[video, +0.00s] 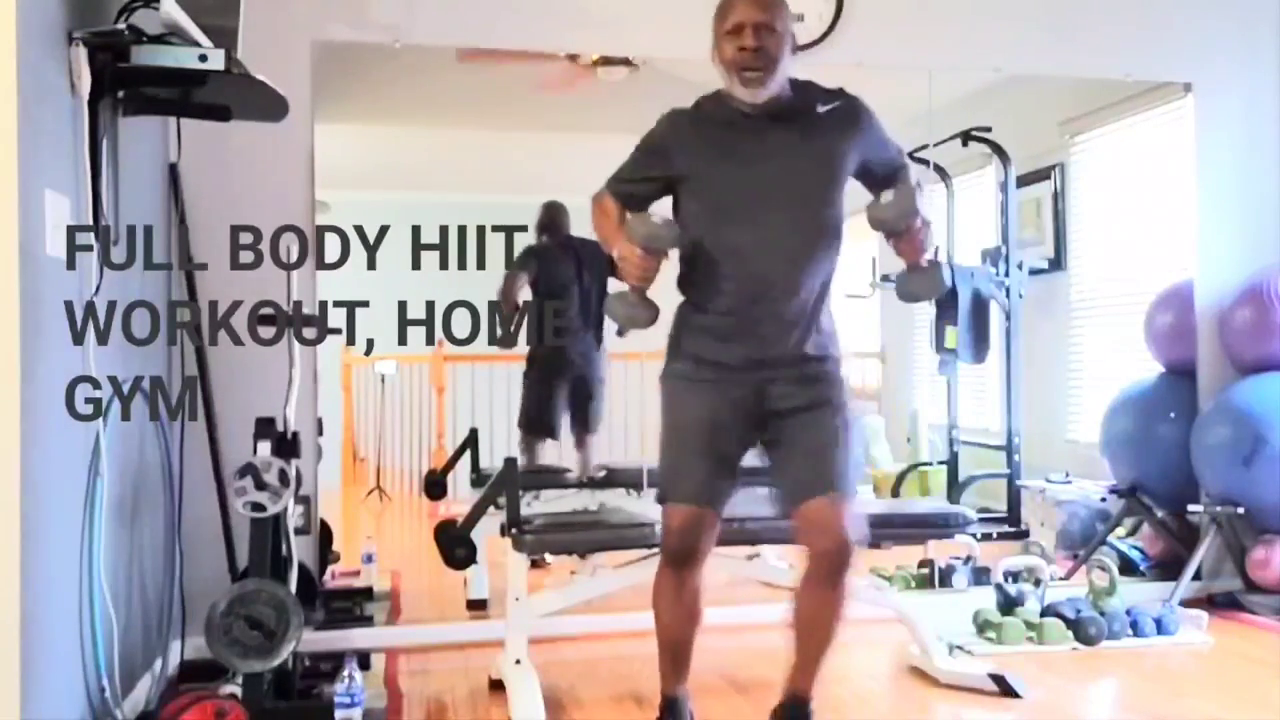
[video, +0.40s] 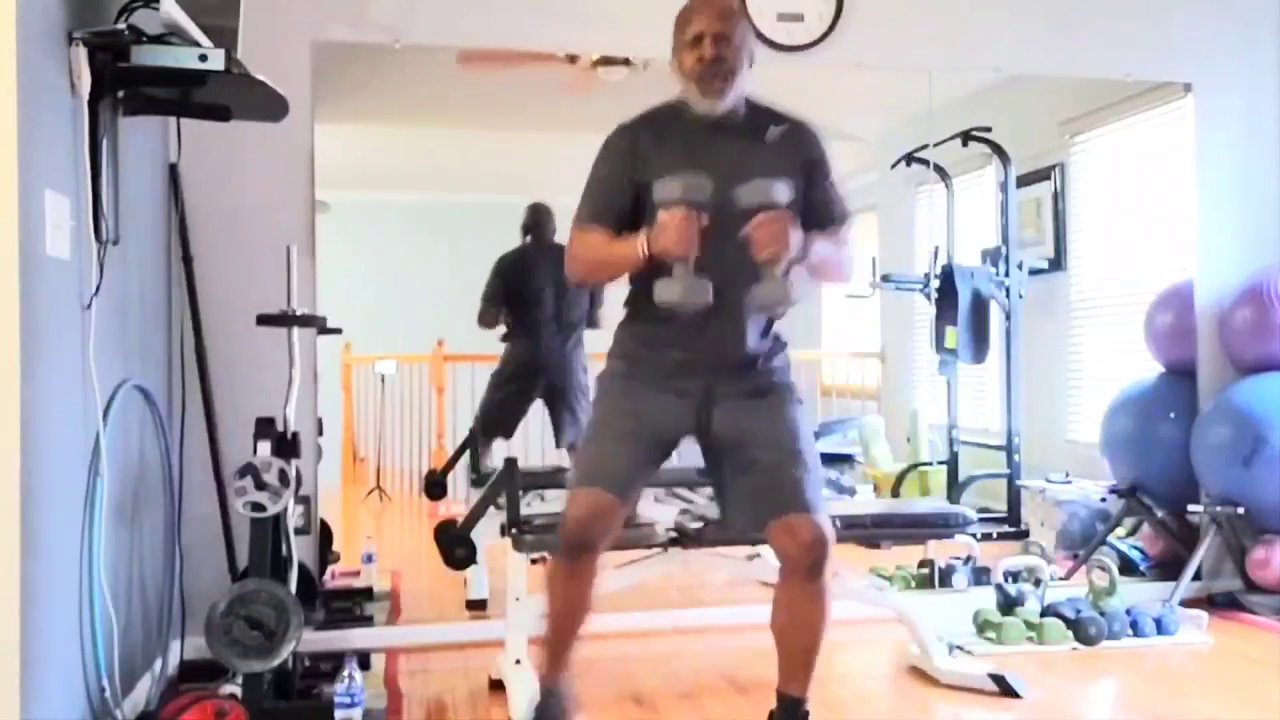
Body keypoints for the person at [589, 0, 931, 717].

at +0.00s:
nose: (750, 42)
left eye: (765, 28)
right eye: (734, 31)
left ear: (793, 39)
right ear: (715, 47)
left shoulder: (843, 119)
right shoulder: (683, 131)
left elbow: (897, 183)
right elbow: (607, 203)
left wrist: (909, 232)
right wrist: (621, 249)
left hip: (806, 365)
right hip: (706, 366)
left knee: (831, 543)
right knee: (683, 539)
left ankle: (796, 702)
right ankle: (674, 704)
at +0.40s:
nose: (710, 51)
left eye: (725, 38)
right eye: (696, 40)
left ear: (750, 51)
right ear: (676, 55)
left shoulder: (795, 144)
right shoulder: (634, 144)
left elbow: (840, 261)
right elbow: (580, 258)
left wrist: (799, 245)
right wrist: (648, 246)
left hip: (753, 373)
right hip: (648, 370)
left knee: (806, 543)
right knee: (580, 527)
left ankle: (791, 707)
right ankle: (552, 691)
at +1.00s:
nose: (568, 32)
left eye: (586, 16)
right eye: (553, 18)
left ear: (615, 25)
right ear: (533, 29)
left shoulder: (662, 116)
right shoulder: (494, 116)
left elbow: (715, 210)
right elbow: (437, 205)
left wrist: (742, 247)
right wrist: (417, 245)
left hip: (617, 366)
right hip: (509, 364)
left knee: (661, 552)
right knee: (484, 554)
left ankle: (637, 710)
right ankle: (485, 712)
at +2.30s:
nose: (740, 18)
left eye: (756, 4)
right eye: (723, 6)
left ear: (785, 13)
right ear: (705, 19)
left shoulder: (843, 98)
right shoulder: (672, 116)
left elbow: (912, 186)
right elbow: (622, 224)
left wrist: (897, 212)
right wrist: (638, 243)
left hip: (829, 346)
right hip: (723, 358)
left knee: (874, 520)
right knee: (712, 539)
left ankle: (885, 702)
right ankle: (721, 705)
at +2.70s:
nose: (850, 140)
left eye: (865, 126)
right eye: (835, 127)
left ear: (896, 137)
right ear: (815, 140)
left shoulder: (947, 217)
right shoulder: (782, 222)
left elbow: (1010, 335)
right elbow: (734, 337)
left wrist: (954, 328)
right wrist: (759, 336)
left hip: (918, 436)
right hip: (802, 433)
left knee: (1006, 581)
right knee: (723, 567)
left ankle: (1014, 717)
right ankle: (725, 711)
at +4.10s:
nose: (763, 22)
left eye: (782, 7)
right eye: (747, 8)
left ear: (814, 18)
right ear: (727, 23)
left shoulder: (865, 110)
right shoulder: (695, 121)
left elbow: (916, 201)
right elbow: (642, 218)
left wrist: (934, 221)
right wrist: (630, 249)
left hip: (820, 366)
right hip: (714, 367)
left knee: (857, 559)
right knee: (701, 549)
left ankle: (813, 711)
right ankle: (714, 712)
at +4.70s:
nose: (681, 140)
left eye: (697, 127)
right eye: (665, 127)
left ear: (721, 142)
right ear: (643, 144)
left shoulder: (766, 224)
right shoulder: (602, 229)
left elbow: (809, 365)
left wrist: (778, 342)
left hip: (744, 447)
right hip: (625, 450)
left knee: (860, 575)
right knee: (530, 588)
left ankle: (810, 714)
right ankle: (515, 715)